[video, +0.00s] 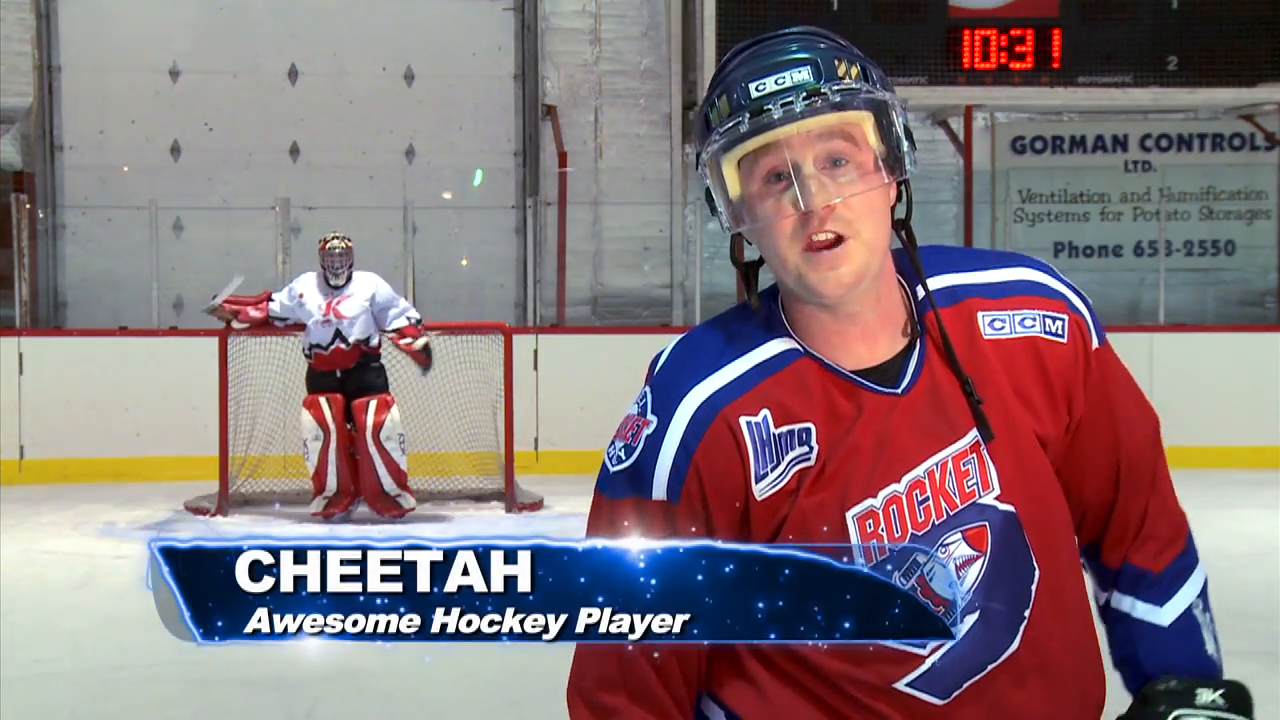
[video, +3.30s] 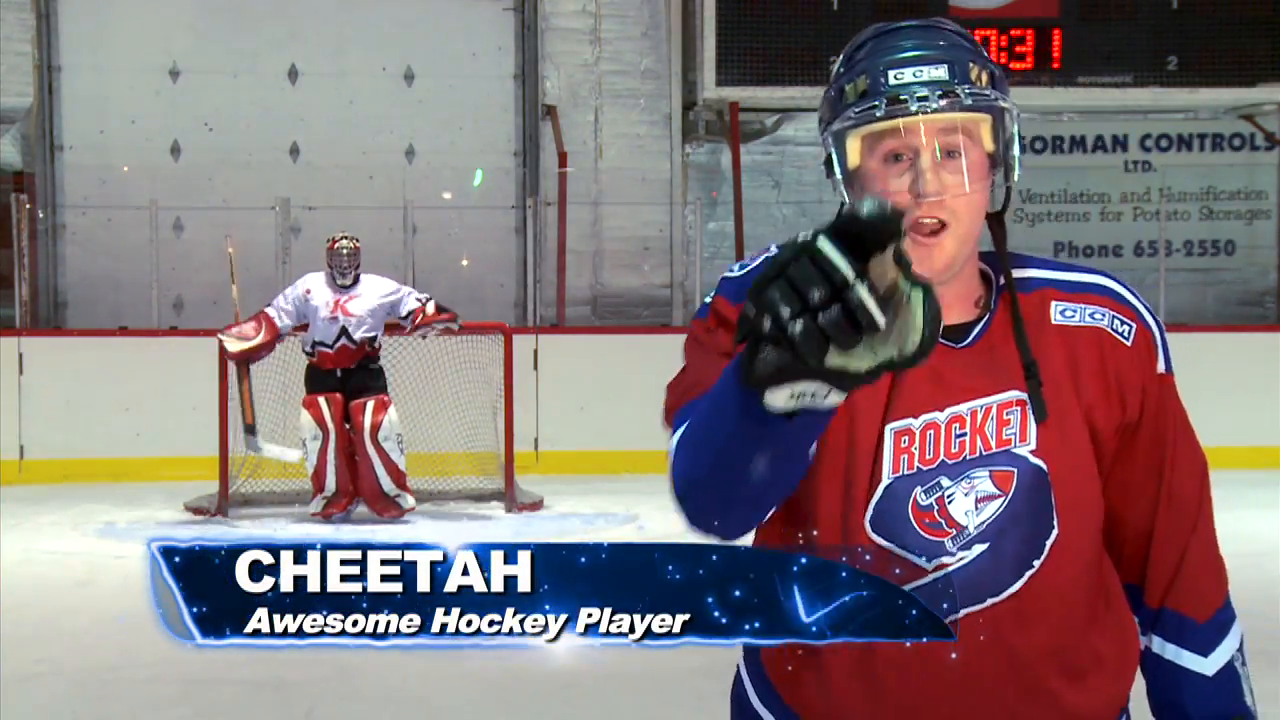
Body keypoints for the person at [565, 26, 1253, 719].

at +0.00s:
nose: (815, 201)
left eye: (837, 163)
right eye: (779, 180)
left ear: (889, 180)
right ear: (741, 221)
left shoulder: (1036, 314)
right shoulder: (689, 413)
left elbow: (1139, 527)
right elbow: (626, 689)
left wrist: (1187, 698)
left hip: (1052, 710)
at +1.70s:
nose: (912, 150)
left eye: (943, 127)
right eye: (884, 126)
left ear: (985, 166)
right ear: (841, 161)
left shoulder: (1094, 329)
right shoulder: (754, 359)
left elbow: (1217, 581)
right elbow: (657, 637)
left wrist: (1275, 697)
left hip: (1076, 704)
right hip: (841, 711)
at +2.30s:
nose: (1023, 183)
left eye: (1054, 158)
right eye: (997, 151)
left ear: (1089, 184)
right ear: (946, 168)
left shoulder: (1165, 356)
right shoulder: (831, 333)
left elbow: (1258, 617)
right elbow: (723, 580)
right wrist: (621, 708)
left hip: (1099, 706)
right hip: (865, 707)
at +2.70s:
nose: (1032, 192)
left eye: (1063, 162)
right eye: (1001, 158)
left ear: (1097, 182)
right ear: (950, 171)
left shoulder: (1172, 345)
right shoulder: (843, 330)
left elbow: (1249, 592)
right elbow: (731, 562)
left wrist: (1254, 705)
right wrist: (708, 702)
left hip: (1102, 703)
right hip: (864, 705)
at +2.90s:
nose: (994, 201)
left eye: (1020, 168)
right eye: (961, 170)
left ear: (1056, 184)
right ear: (912, 185)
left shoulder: (1154, 340)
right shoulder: (823, 329)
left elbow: (1223, 610)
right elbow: (729, 517)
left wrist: (1233, 714)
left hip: (1093, 707)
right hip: (855, 707)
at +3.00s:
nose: (971, 198)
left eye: (998, 165)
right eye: (940, 168)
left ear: (1035, 182)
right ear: (891, 186)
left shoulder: (1138, 336)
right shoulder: (806, 320)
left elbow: (1221, 605)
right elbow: (741, 533)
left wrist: (1235, 713)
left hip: (1093, 707)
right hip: (847, 706)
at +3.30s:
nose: (925, 183)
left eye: (951, 150)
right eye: (894, 154)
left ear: (996, 172)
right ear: (845, 174)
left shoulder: (1101, 326)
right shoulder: (764, 312)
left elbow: (1180, 586)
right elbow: (713, 507)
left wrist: (1214, 712)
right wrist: (792, 390)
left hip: (1062, 707)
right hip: (824, 707)